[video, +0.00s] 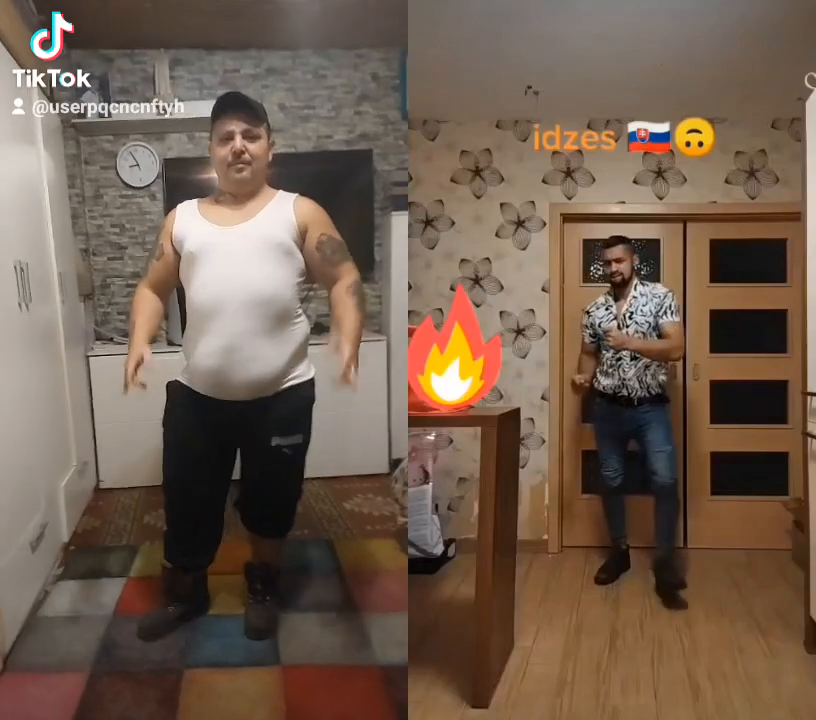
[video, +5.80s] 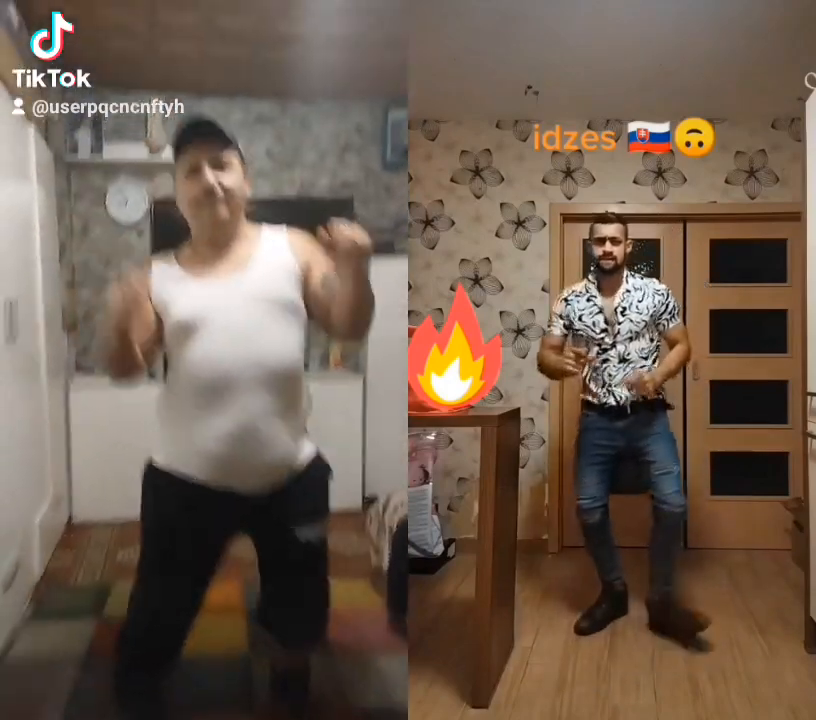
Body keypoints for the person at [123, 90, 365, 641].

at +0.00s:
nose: (239, 148)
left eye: (251, 137)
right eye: (227, 139)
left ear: (270, 148)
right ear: (212, 154)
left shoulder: (301, 215)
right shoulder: (182, 222)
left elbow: (344, 279)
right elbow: (153, 287)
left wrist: (348, 342)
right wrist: (139, 340)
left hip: (280, 395)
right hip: (198, 395)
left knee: (269, 508)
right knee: (187, 504)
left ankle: (263, 588)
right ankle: (186, 593)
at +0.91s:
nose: (202, 142)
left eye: (215, 130)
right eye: (188, 132)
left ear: (234, 143)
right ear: (172, 148)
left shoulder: (271, 208)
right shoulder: (146, 223)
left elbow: (319, 287)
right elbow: (116, 304)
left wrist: (298, 260)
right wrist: (101, 291)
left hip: (261, 401)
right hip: (174, 407)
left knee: (279, 521)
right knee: (190, 525)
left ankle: (286, 610)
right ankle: (211, 610)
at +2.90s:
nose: (199, 109)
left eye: (210, 95)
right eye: (183, 98)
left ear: (229, 106)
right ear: (164, 114)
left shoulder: (264, 169)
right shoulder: (151, 200)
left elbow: (319, 239)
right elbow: (131, 286)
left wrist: (250, 286)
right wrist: (113, 264)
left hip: (255, 372)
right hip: (169, 374)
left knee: (271, 490)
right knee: (164, 493)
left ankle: (282, 577)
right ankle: (171, 582)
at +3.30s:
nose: (220, 148)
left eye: (231, 137)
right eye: (206, 140)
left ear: (249, 149)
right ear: (189, 158)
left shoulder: (288, 200)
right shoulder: (176, 238)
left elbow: (355, 244)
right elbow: (160, 310)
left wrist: (323, 287)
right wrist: (170, 339)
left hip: (287, 398)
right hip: (201, 399)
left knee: (286, 518)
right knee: (183, 515)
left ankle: (274, 600)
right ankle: (176, 595)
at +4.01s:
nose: (255, 107)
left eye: (269, 99)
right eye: (245, 92)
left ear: (281, 117)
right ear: (216, 97)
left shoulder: (287, 198)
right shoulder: (168, 164)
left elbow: (298, 283)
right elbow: (113, 233)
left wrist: (304, 277)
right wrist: (167, 268)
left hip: (245, 374)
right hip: (158, 371)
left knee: (264, 495)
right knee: (152, 499)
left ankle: (268, 584)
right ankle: (147, 594)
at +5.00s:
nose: (195, 125)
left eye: (212, 110)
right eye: (185, 116)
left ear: (253, 119)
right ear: (178, 134)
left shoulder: (304, 196)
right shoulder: (166, 219)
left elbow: (363, 291)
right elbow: (125, 303)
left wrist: (337, 260)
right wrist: (89, 291)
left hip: (285, 436)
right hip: (181, 433)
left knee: (291, 579)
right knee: (152, 578)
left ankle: (280, 659)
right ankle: (142, 668)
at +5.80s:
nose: (210, 181)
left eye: (221, 164)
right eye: (194, 172)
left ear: (246, 176)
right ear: (176, 193)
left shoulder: (293, 248)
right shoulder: (158, 276)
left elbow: (350, 326)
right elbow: (123, 368)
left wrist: (353, 267)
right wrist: (120, 322)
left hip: (288, 480)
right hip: (186, 483)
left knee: (299, 627)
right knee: (152, 633)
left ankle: (292, 703)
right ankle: (136, 705)